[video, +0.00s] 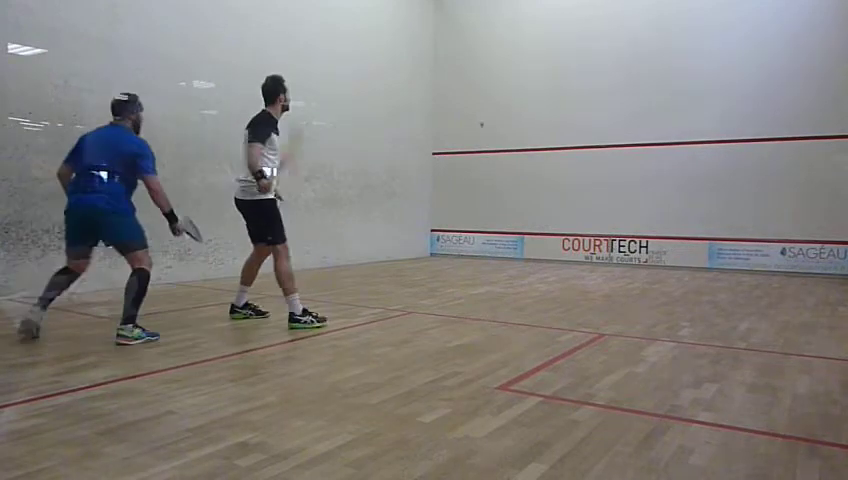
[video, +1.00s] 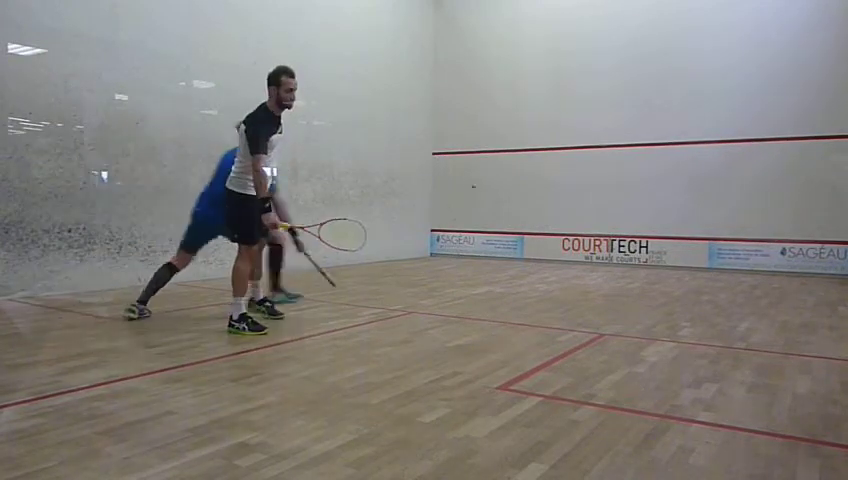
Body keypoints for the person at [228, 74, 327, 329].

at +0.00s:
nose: (288, 98)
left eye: (286, 94)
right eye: (286, 94)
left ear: (268, 97)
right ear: (280, 97)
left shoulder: (268, 123)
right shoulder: (263, 123)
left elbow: (264, 159)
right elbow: (253, 158)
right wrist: (261, 178)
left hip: (253, 197)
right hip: (259, 198)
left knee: (262, 249)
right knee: (281, 251)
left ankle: (239, 303)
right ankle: (297, 312)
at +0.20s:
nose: (290, 102)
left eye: (290, 97)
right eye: (287, 97)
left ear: (278, 97)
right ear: (276, 97)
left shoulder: (272, 123)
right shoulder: (249, 119)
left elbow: (273, 148)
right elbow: (235, 146)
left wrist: (282, 169)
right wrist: (240, 155)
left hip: (254, 191)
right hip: (244, 191)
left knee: (256, 248)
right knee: (264, 246)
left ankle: (239, 304)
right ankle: (264, 309)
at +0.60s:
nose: (291, 107)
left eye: (293, 102)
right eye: (287, 101)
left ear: (283, 101)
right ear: (272, 98)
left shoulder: (272, 124)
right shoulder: (249, 126)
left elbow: (262, 160)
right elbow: (252, 170)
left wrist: (270, 174)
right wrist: (269, 180)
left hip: (252, 192)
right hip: (239, 193)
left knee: (252, 249)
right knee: (245, 251)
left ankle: (241, 304)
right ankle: (236, 314)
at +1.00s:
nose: (292, 95)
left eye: (294, 90)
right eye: (287, 90)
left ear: (292, 91)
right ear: (272, 90)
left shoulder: (275, 118)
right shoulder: (259, 122)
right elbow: (257, 169)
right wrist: (266, 208)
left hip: (254, 191)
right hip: (242, 192)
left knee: (257, 247)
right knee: (246, 251)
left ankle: (256, 298)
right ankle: (237, 315)